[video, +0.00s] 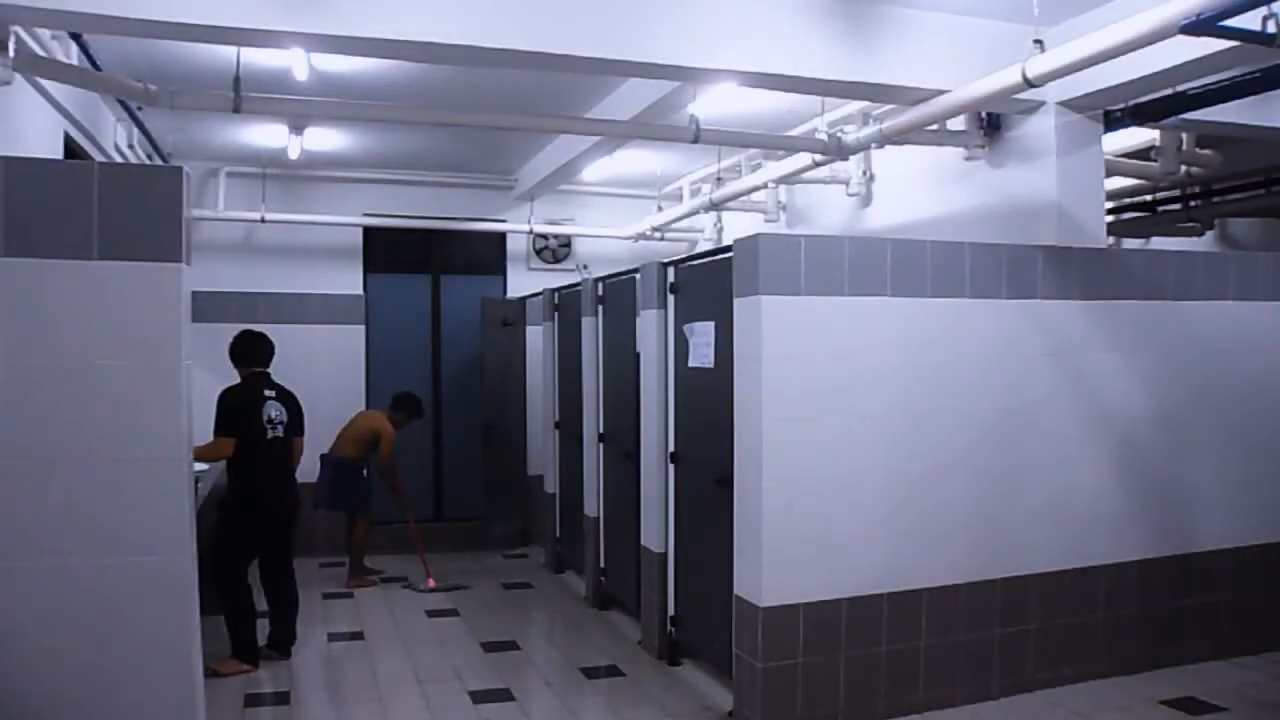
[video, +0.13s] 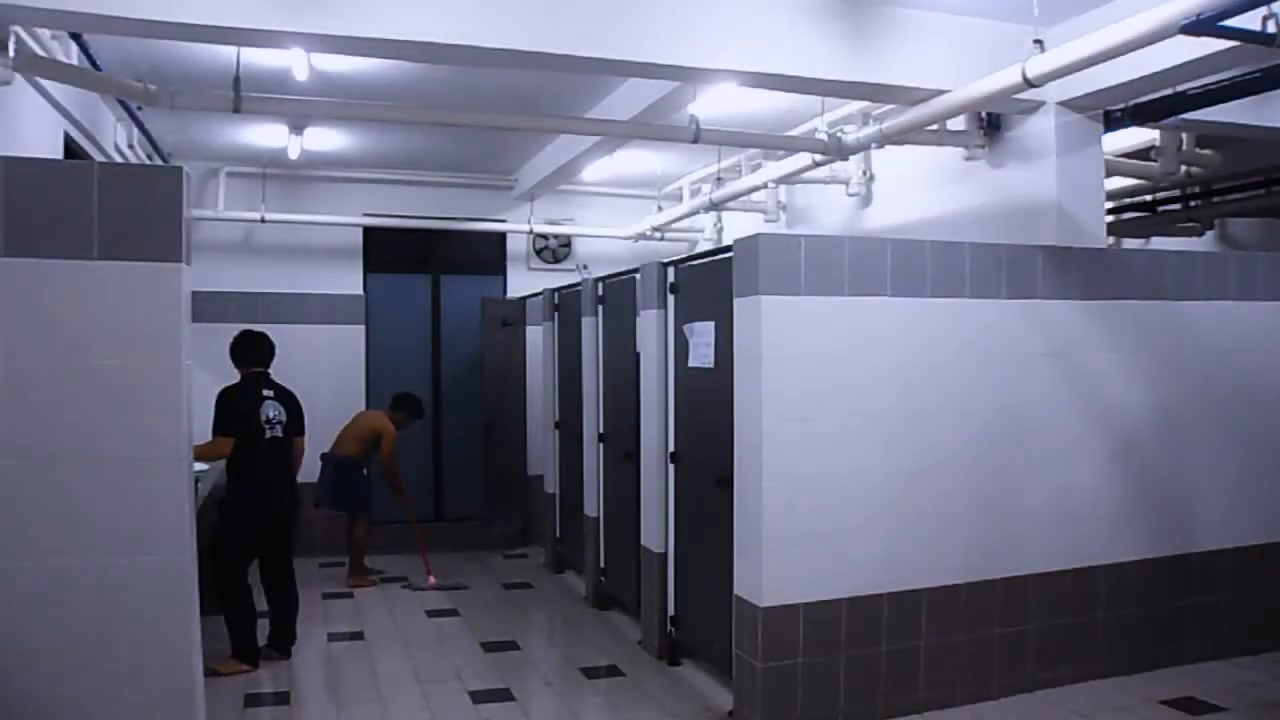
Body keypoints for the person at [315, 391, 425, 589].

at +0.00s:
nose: (405, 425)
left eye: (409, 420)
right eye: (407, 420)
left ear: (392, 407)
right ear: (402, 414)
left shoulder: (370, 416)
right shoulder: (385, 429)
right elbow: (385, 466)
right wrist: (399, 495)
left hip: (333, 466)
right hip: (348, 470)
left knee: (354, 518)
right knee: (362, 519)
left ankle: (358, 565)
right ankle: (356, 573)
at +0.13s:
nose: (406, 425)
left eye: (410, 421)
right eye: (408, 420)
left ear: (393, 408)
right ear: (402, 414)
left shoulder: (369, 416)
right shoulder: (387, 429)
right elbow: (387, 465)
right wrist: (400, 494)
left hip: (333, 465)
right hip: (349, 469)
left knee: (354, 518)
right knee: (362, 519)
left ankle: (357, 565)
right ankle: (355, 573)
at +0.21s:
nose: (406, 425)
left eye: (409, 420)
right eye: (408, 420)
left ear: (393, 406)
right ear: (402, 414)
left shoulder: (368, 414)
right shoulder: (387, 428)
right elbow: (388, 463)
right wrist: (401, 492)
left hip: (333, 465)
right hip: (351, 467)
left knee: (353, 517)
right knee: (362, 518)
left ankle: (357, 565)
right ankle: (356, 573)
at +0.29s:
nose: (406, 423)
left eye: (409, 419)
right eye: (407, 418)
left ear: (392, 405)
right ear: (402, 412)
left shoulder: (365, 413)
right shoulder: (389, 427)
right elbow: (390, 465)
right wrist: (402, 491)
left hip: (334, 464)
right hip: (353, 467)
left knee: (353, 517)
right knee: (362, 517)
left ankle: (357, 565)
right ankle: (356, 572)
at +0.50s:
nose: (405, 421)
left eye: (408, 417)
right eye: (407, 416)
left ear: (391, 402)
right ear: (402, 410)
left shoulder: (362, 410)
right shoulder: (390, 425)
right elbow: (391, 462)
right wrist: (404, 491)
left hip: (335, 462)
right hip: (355, 465)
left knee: (353, 516)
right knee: (365, 517)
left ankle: (357, 564)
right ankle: (357, 572)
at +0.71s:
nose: (406, 421)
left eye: (409, 417)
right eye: (408, 416)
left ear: (391, 403)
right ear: (402, 410)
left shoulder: (362, 409)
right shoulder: (392, 427)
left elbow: (349, 436)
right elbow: (393, 464)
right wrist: (397, 492)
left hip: (337, 463)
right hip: (358, 466)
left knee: (354, 516)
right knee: (368, 517)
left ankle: (358, 565)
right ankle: (359, 571)